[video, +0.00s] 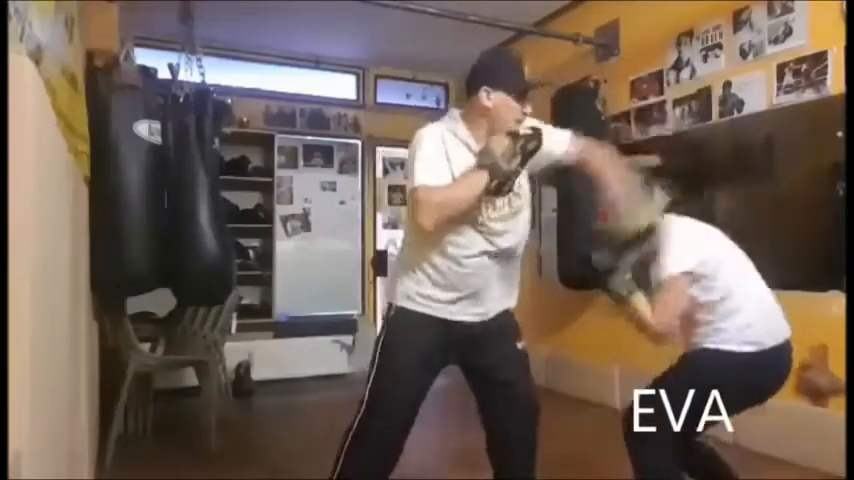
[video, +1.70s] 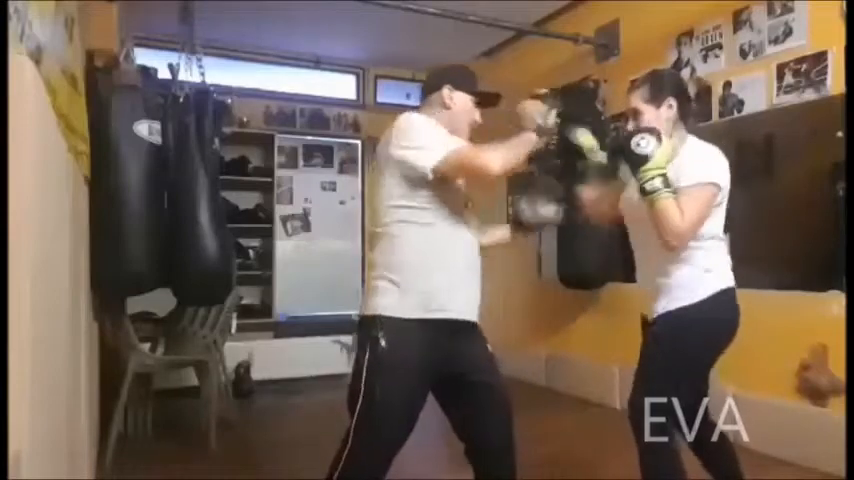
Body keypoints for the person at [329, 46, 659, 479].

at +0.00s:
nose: (528, 108)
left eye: (528, 98)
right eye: (520, 97)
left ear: (492, 99)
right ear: (487, 98)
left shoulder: (524, 137)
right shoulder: (435, 138)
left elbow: (596, 153)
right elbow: (429, 215)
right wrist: (490, 166)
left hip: (491, 318)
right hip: (421, 315)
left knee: (517, 422)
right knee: (380, 430)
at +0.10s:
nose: (517, 113)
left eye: (517, 102)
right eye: (509, 100)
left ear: (483, 99)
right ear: (478, 98)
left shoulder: (508, 145)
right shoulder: (424, 141)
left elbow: (555, 193)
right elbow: (423, 219)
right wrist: (485, 171)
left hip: (488, 319)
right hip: (419, 319)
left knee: (518, 418)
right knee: (377, 430)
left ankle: (516, 479)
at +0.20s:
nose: (494, 113)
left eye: (494, 103)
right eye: (487, 101)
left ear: (460, 101)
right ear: (457, 99)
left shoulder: (474, 153)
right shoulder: (407, 145)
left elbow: (521, 224)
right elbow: (437, 218)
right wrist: (487, 165)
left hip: (473, 327)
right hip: (408, 329)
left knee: (510, 413)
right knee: (372, 443)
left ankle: (511, 475)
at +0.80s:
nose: (480, 118)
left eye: (482, 109)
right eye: (476, 106)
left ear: (449, 101)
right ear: (450, 97)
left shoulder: (450, 155)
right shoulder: (402, 134)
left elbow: (471, 214)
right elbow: (441, 188)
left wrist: (495, 192)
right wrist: (493, 143)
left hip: (455, 328)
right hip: (393, 330)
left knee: (491, 439)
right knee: (361, 453)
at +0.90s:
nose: (492, 122)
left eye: (493, 113)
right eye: (487, 110)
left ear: (463, 106)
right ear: (463, 103)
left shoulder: (464, 155)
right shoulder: (423, 128)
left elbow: (458, 238)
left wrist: (507, 229)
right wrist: (549, 124)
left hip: (458, 326)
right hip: (399, 322)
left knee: (494, 435)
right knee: (367, 449)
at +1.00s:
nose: (494, 123)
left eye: (496, 117)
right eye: (491, 114)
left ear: (469, 109)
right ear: (472, 104)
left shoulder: (465, 167)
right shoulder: (425, 127)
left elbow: (460, 255)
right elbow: (505, 133)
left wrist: (524, 255)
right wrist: (542, 92)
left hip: (463, 323)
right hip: (404, 317)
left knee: (499, 429)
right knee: (370, 444)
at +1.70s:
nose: (480, 116)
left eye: (481, 106)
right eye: (475, 104)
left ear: (449, 100)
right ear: (448, 96)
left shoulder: (447, 154)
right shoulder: (410, 127)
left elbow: (457, 238)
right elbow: (486, 163)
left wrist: (518, 223)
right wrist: (533, 134)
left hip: (456, 324)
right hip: (399, 323)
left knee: (494, 446)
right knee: (368, 453)